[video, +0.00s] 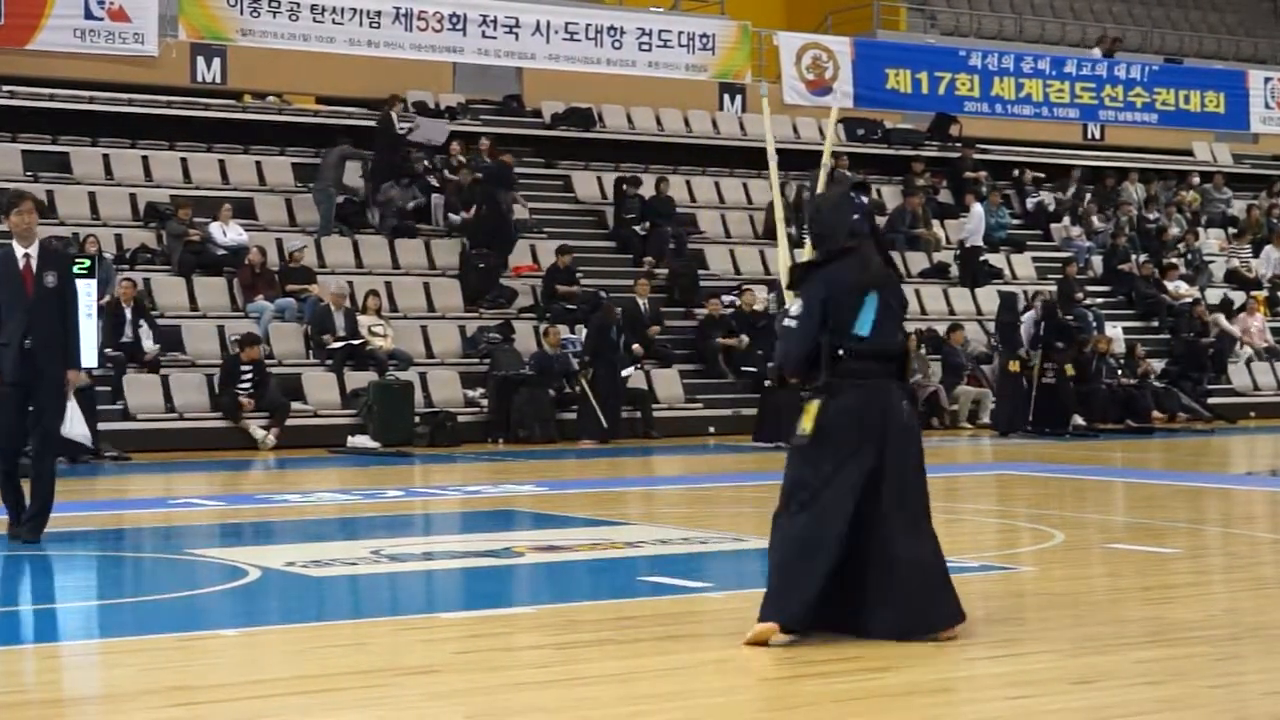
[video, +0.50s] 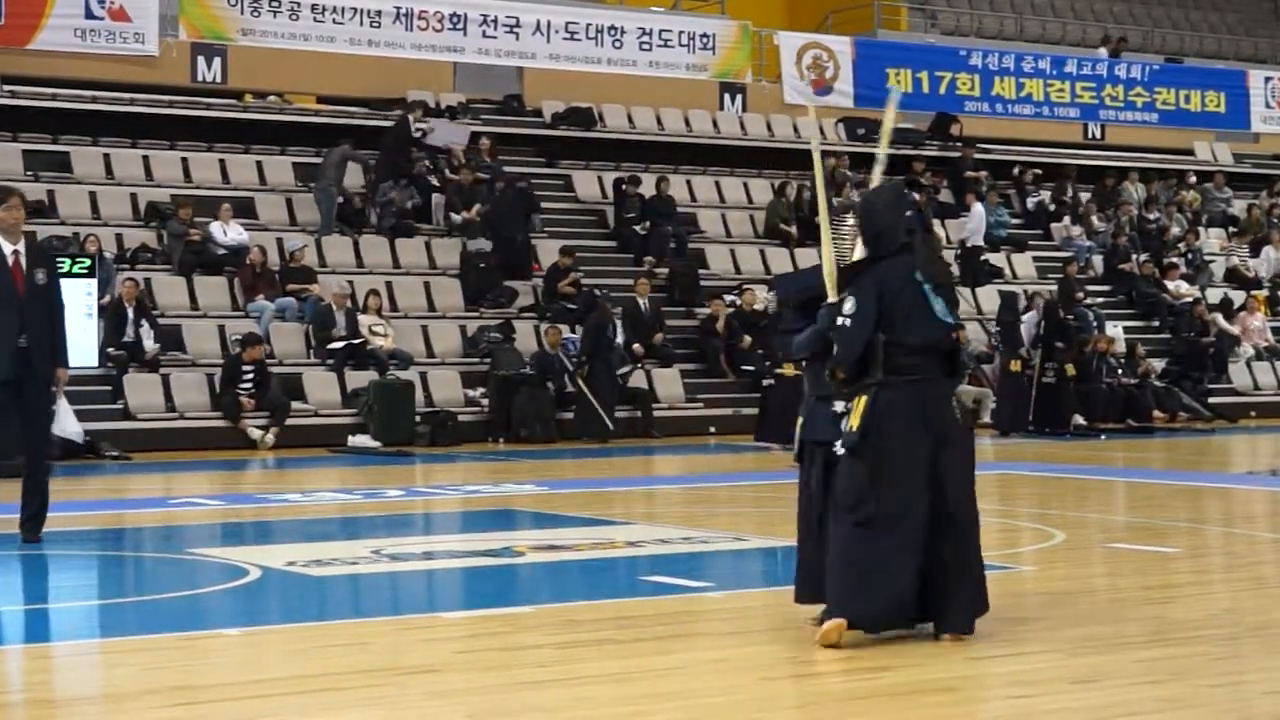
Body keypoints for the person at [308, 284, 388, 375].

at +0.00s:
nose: (341, 300)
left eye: (344, 297)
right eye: (338, 297)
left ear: (347, 297)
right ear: (331, 296)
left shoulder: (350, 312)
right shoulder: (320, 311)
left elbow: (354, 333)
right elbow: (315, 335)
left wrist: (362, 340)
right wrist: (324, 340)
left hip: (348, 342)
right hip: (330, 344)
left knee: (360, 351)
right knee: (342, 352)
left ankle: (361, 381)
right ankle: (336, 383)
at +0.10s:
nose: (343, 301)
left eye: (345, 298)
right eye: (340, 297)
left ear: (347, 297)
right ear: (332, 296)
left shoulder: (350, 312)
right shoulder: (321, 311)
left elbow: (354, 333)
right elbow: (315, 335)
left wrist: (362, 340)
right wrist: (325, 340)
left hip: (348, 343)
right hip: (329, 345)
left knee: (361, 352)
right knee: (343, 351)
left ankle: (360, 381)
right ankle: (336, 381)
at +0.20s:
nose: (344, 301)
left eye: (346, 298)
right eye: (341, 297)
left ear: (348, 297)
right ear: (332, 296)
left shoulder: (350, 312)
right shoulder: (321, 311)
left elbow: (355, 333)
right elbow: (316, 337)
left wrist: (362, 339)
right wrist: (325, 338)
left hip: (348, 343)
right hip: (329, 345)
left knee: (361, 351)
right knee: (343, 352)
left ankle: (362, 381)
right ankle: (335, 381)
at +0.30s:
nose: (345, 302)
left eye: (347, 299)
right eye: (342, 298)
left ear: (349, 298)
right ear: (333, 297)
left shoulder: (351, 312)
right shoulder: (321, 311)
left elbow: (355, 333)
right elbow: (316, 335)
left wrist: (362, 340)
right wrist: (327, 336)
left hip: (348, 343)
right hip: (328, 345)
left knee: (361, 350)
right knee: (343, 352)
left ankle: (362, 382)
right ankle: (336, 383)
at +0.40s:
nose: (345, 301)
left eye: (347, 298)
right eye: (343, 298)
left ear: (349, 298)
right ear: (333, 296)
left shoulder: (350, 312)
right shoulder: (321, 310)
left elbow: (355, 333)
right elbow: (317, 336)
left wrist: (362, 339)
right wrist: (328, 335)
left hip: (348, 343)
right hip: (327, 345)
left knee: (360, 349)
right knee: (343, 351)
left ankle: (362, 381)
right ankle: (336, 382)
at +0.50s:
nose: (345, 301)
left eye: (347, 298)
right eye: (342, 297)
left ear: (349, 297)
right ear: (333, 296)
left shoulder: (350, 312)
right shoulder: (321, 310)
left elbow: (355, 333)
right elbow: (318, 336)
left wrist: (362, 339)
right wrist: (331, 334)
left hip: (348, 343)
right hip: (327, 345)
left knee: (360, 350)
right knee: (344, 350)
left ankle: (361, 380)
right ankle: (335, 380)